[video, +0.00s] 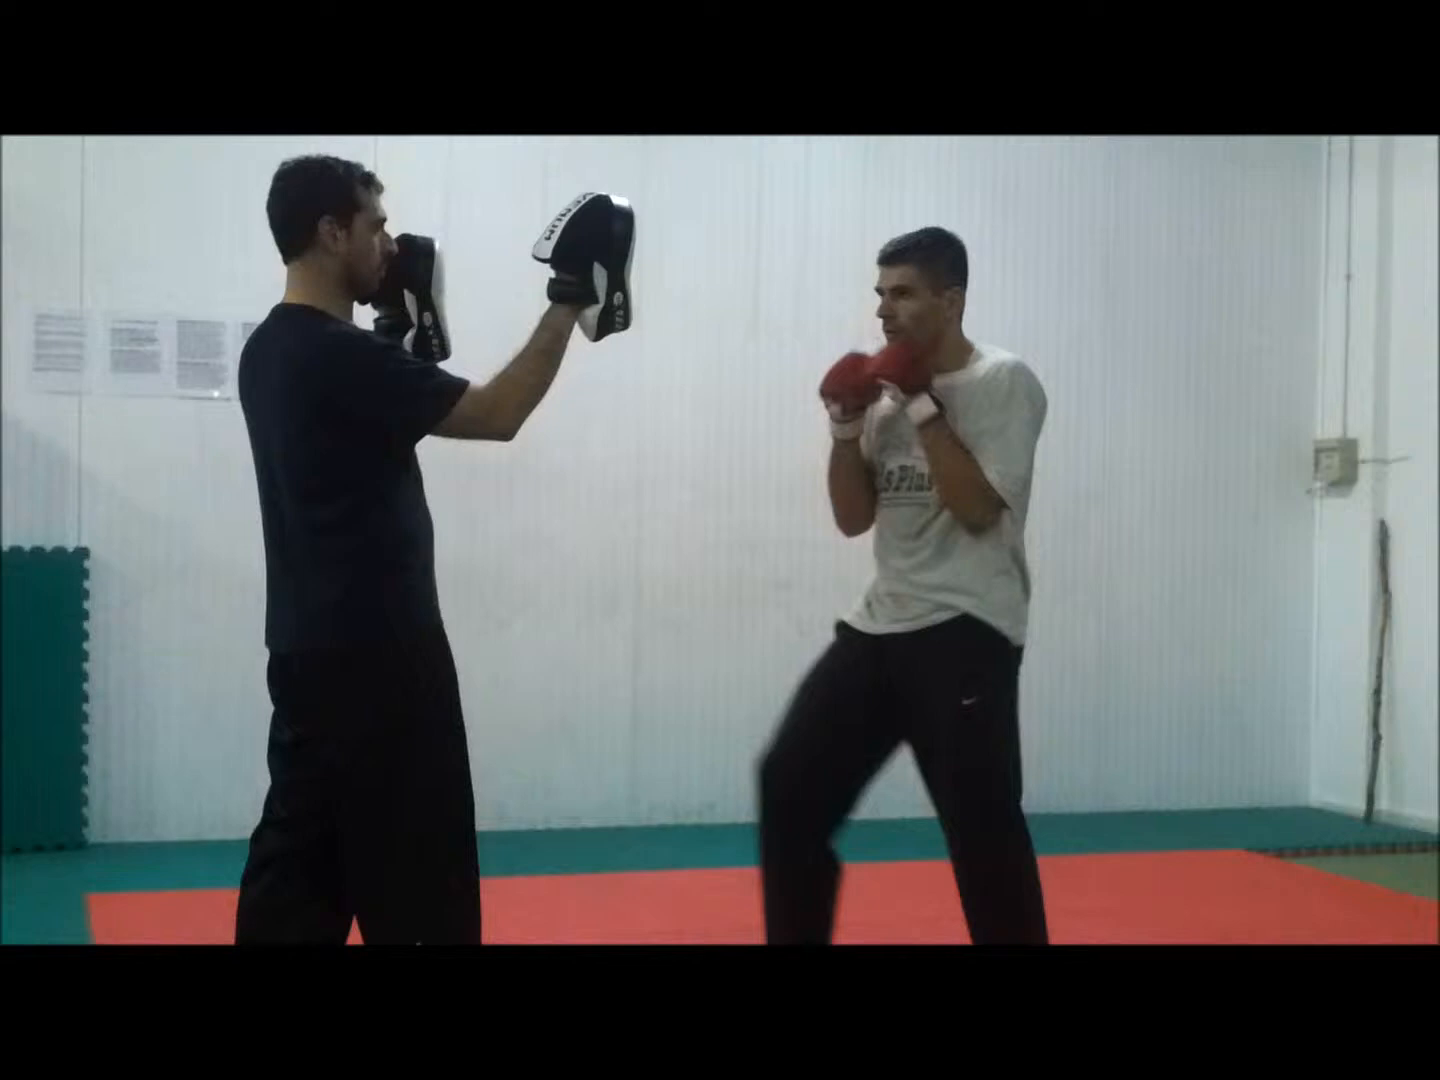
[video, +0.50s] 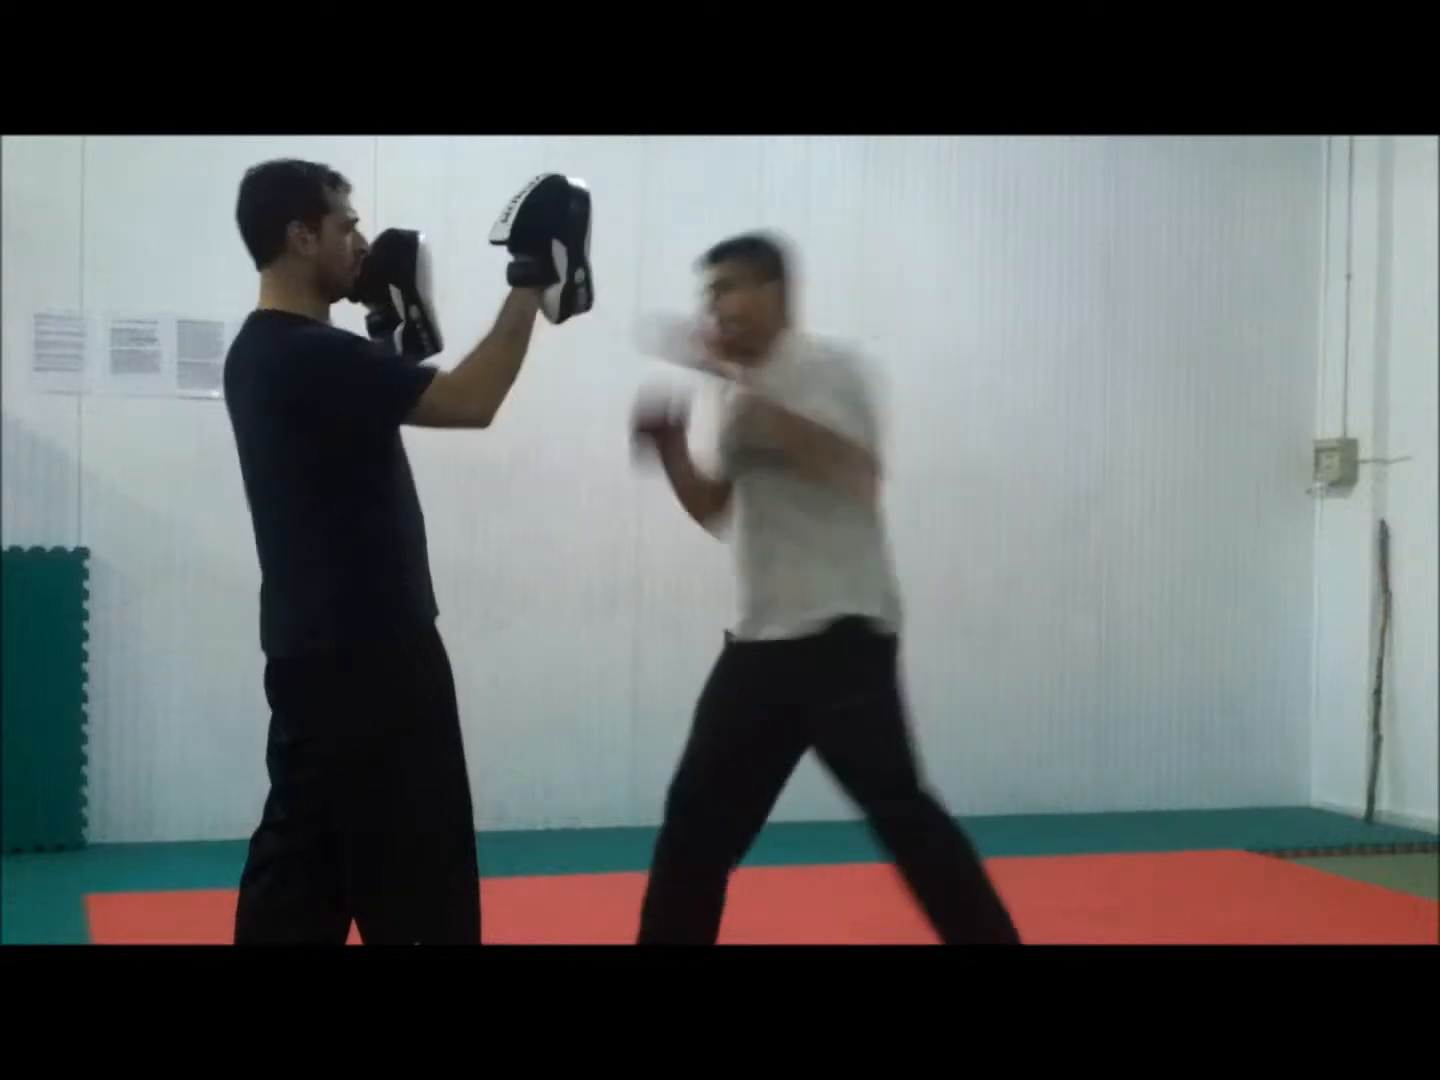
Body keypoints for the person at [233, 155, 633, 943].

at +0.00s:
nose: (387, 242)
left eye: (385, 226)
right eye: (377, 225)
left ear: (306, 237)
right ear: (332, 232)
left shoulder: (266, 349)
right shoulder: (340, 353)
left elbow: (373, 427)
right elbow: (495, 413)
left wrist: (400, 323)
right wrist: (567, 302)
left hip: (306, 645)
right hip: (385, 648)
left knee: (298, 860)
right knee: (421, 862)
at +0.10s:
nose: (387, 243)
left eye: (385, 226)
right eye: (377, 225)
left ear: (307, 236)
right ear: (332, 231)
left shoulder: (267, 349)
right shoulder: (339, 353)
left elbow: (371, 429)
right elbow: (496, 413)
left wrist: (398, 324)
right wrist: (567, 302)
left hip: (308, 645)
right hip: (386, 648)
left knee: (300, 859)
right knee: (422, 862)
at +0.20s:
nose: (387, 243)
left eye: (384, 226)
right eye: (377, 226)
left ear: (307, 236)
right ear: (331, 231)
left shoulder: (267, 349)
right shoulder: (338, 353)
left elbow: (375, 430)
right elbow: (496, 412)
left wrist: (400, 324)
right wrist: (566, 302)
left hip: (308, 643)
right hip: (385, 645)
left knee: (300, 854)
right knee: (422, 858)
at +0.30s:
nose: (386, 244)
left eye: (383, 226)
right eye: (375, 226)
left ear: (304, 237)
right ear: (329, 232)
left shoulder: (268, 349)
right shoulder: (338, 353)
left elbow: (373, 430)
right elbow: (495, 406)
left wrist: (403, 324)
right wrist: (570, 300)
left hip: (308, 642)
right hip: (384, 644)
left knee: (301, 851)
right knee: (422, 854)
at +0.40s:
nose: (371, 242)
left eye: (367, 226)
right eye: (360, 226)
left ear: (297, 240)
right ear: (316, 236)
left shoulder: (261, 350)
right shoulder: (317, 352)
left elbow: (362, 433)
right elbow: (477, 401)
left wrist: (394, 325)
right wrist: (526, 286)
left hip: (310, 644)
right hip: (378, 646)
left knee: (302, 853)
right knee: (423, 864)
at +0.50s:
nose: (361, 241)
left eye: (357, 224)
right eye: (348, 224)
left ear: (281, 239)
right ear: (301, 234)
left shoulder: (255, 351)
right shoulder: (310, 352)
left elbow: (352, 430)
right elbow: (470, 401)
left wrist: (393, 331)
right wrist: (528, 288)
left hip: (310, 646)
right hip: (375, 645)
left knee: (303, 856)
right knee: (423, 866)